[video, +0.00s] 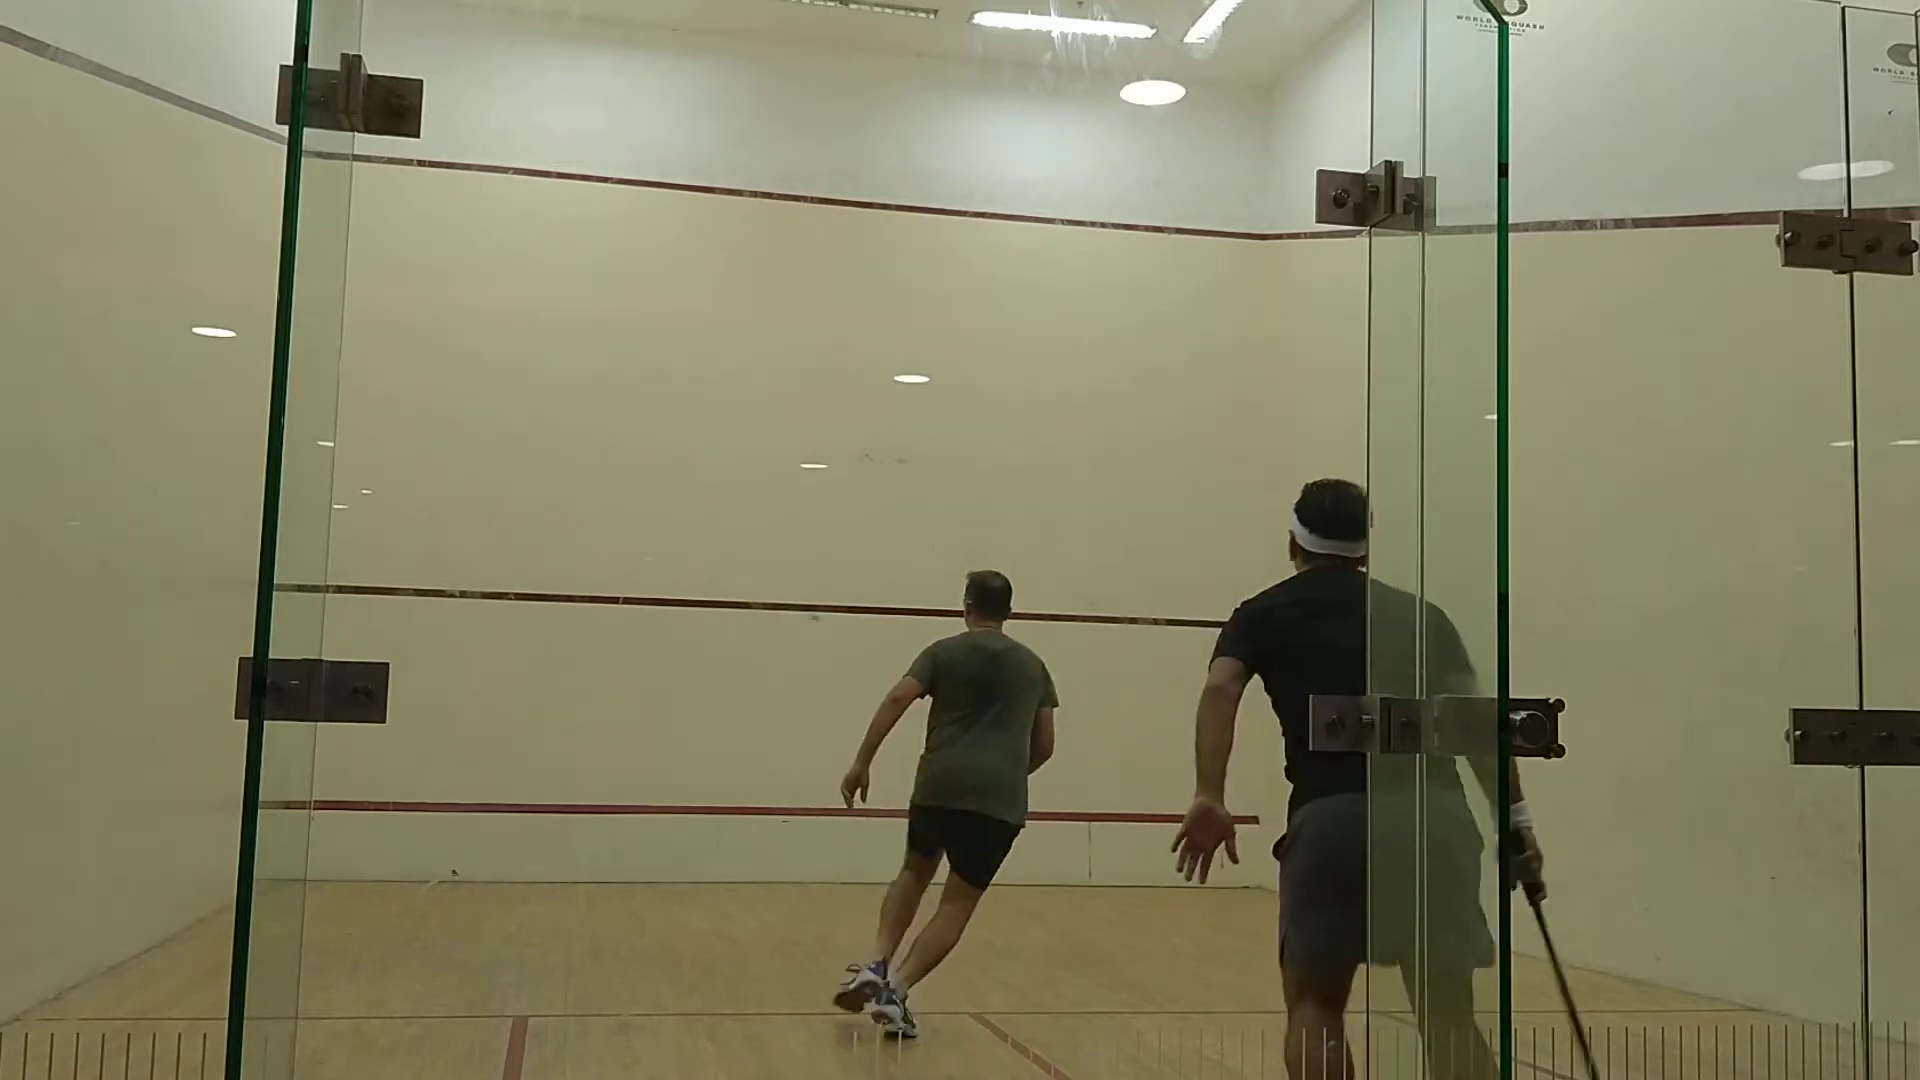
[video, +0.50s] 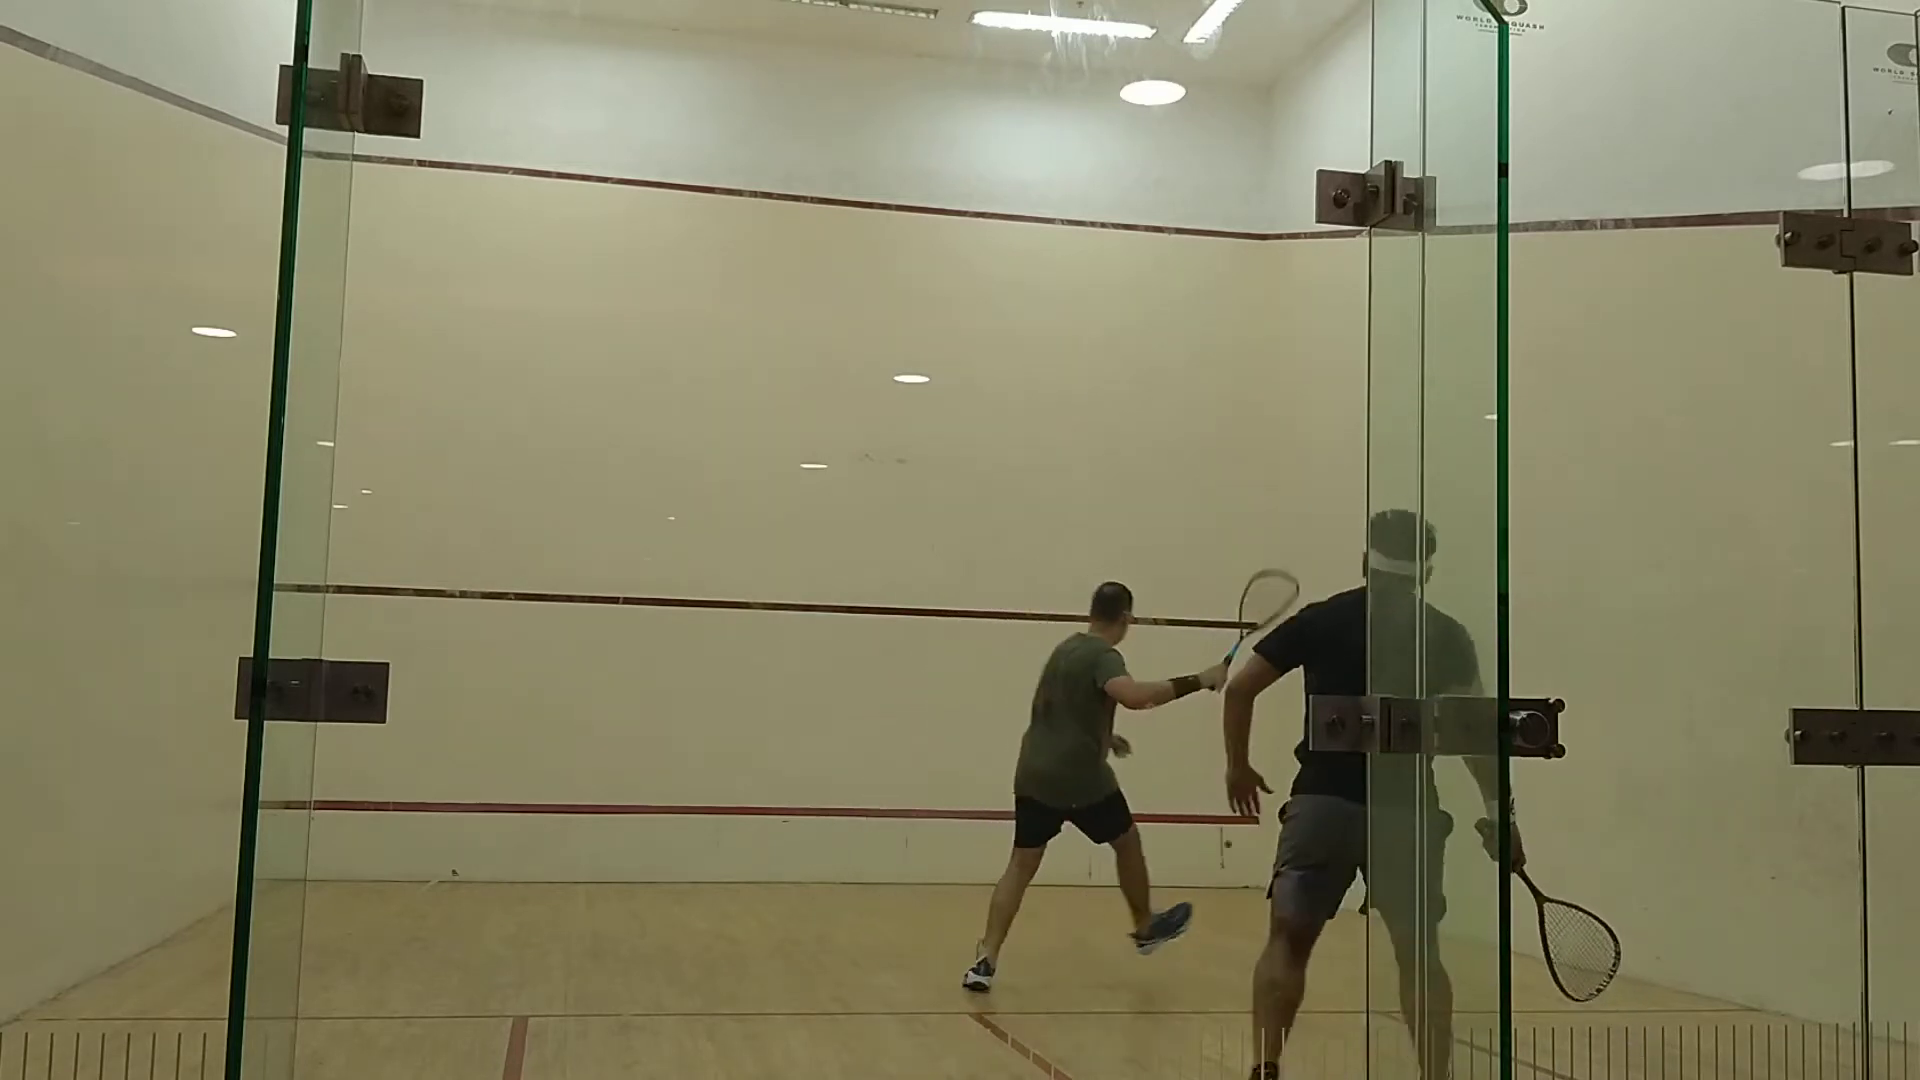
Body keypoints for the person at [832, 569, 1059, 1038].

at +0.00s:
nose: (964, 612)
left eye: (964, 606)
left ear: (966, 608)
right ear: (1008, 611)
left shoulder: (943, 652)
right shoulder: (1034, 666)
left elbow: (898, 699)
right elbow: (1043, 747)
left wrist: (861, 762)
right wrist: (1008, 772)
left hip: (936, 793)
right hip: (999, 804)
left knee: (915, 872)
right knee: (957, 905)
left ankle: (876, 966)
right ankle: (895, 993)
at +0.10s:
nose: (978, 608)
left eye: (975, 601)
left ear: (974, 603)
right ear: (1015, 605)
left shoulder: (949, 648)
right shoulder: (1039, 655)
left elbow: (896, 695)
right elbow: (1060, 732)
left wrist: (866, 753)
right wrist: (1042, 768)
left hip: (951, 783)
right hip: (1008, 793)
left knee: (942, 865)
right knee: (970, 895)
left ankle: (918, 970)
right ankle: (918, 953)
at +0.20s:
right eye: (1028, 609)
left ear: (990, 608)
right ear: (1030, 611)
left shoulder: (962, 655)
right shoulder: (1044, 658)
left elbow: (911, 708)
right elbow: (1070, 723)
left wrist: (897, 765)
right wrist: (1085, 762)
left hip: (959, 789)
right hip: (1015, 795)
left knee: (952, 870)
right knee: (1011, 886)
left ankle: (922, 974)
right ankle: (950, 940)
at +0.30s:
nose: (1054, 603)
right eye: (1058, 597)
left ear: (1020, 594)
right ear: (1057, 597)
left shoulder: (991, 637)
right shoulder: (1058, 641)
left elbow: (958, 695)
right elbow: (1082, 706)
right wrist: (1124, 737)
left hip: (982, 771)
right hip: (1037, 771)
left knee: (975, 860)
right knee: (1059, 852)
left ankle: (930, 958)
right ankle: (998, 940)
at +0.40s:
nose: (1090, 606)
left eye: (1085, 599)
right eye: (1092, 600)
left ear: (1055, 594)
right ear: (1090, 599)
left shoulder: (1020, 638)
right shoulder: (1076, 640)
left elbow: (1010, 695)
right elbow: (1104, 695)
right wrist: (1164, 704)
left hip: (1010, 765)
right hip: (1060, 764)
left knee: (1008, 856)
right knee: (1096, 835)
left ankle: (975, 957)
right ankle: (1065, 928)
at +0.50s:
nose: (1130, 626)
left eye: (1129, 619)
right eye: (1130, 619)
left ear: (1091, 613)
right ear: (1125, 618)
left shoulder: (1065, 649)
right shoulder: (1103, 655)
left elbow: (1055, 710)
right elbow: (1134, 697)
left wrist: (1102, 735)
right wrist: (1199, 680)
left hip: (1034, 777)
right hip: (1082, 779)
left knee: (1021, 864)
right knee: (1126, 842)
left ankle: (985, 961)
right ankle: (1145, 925)